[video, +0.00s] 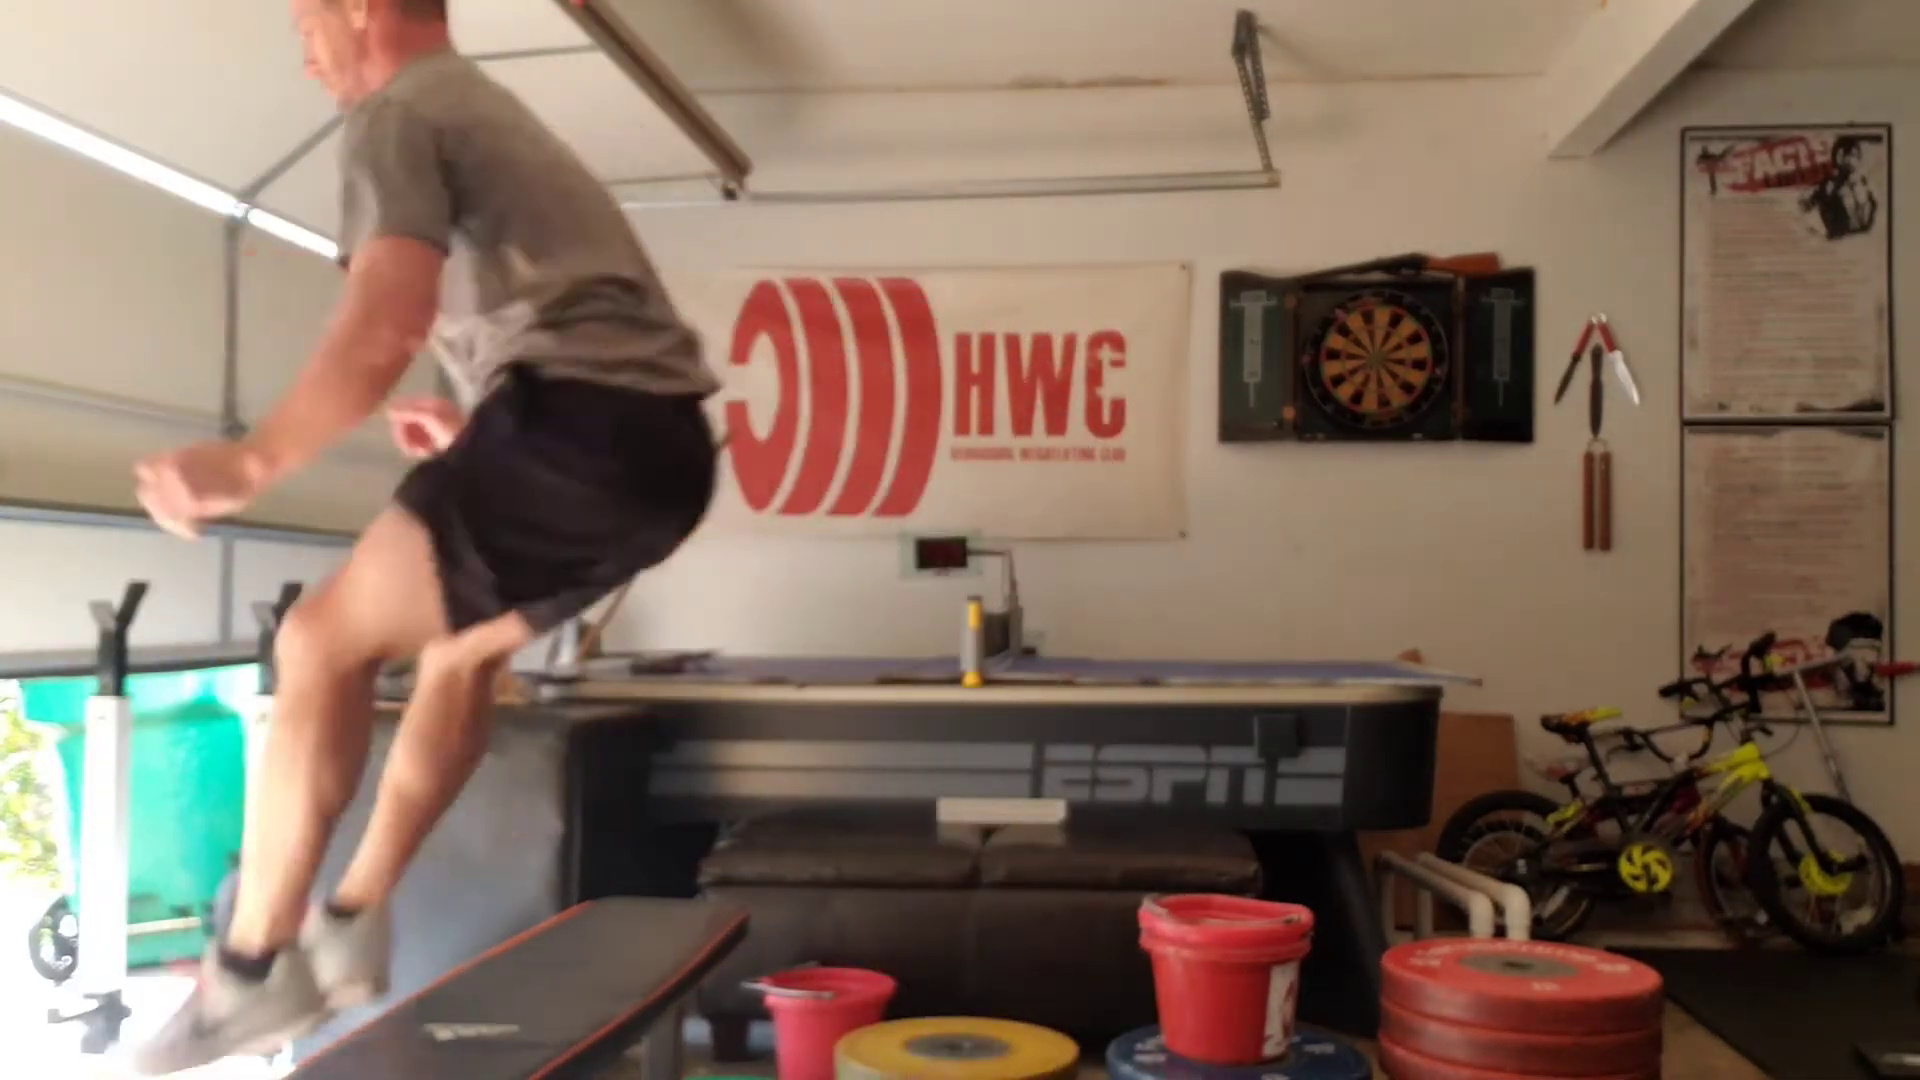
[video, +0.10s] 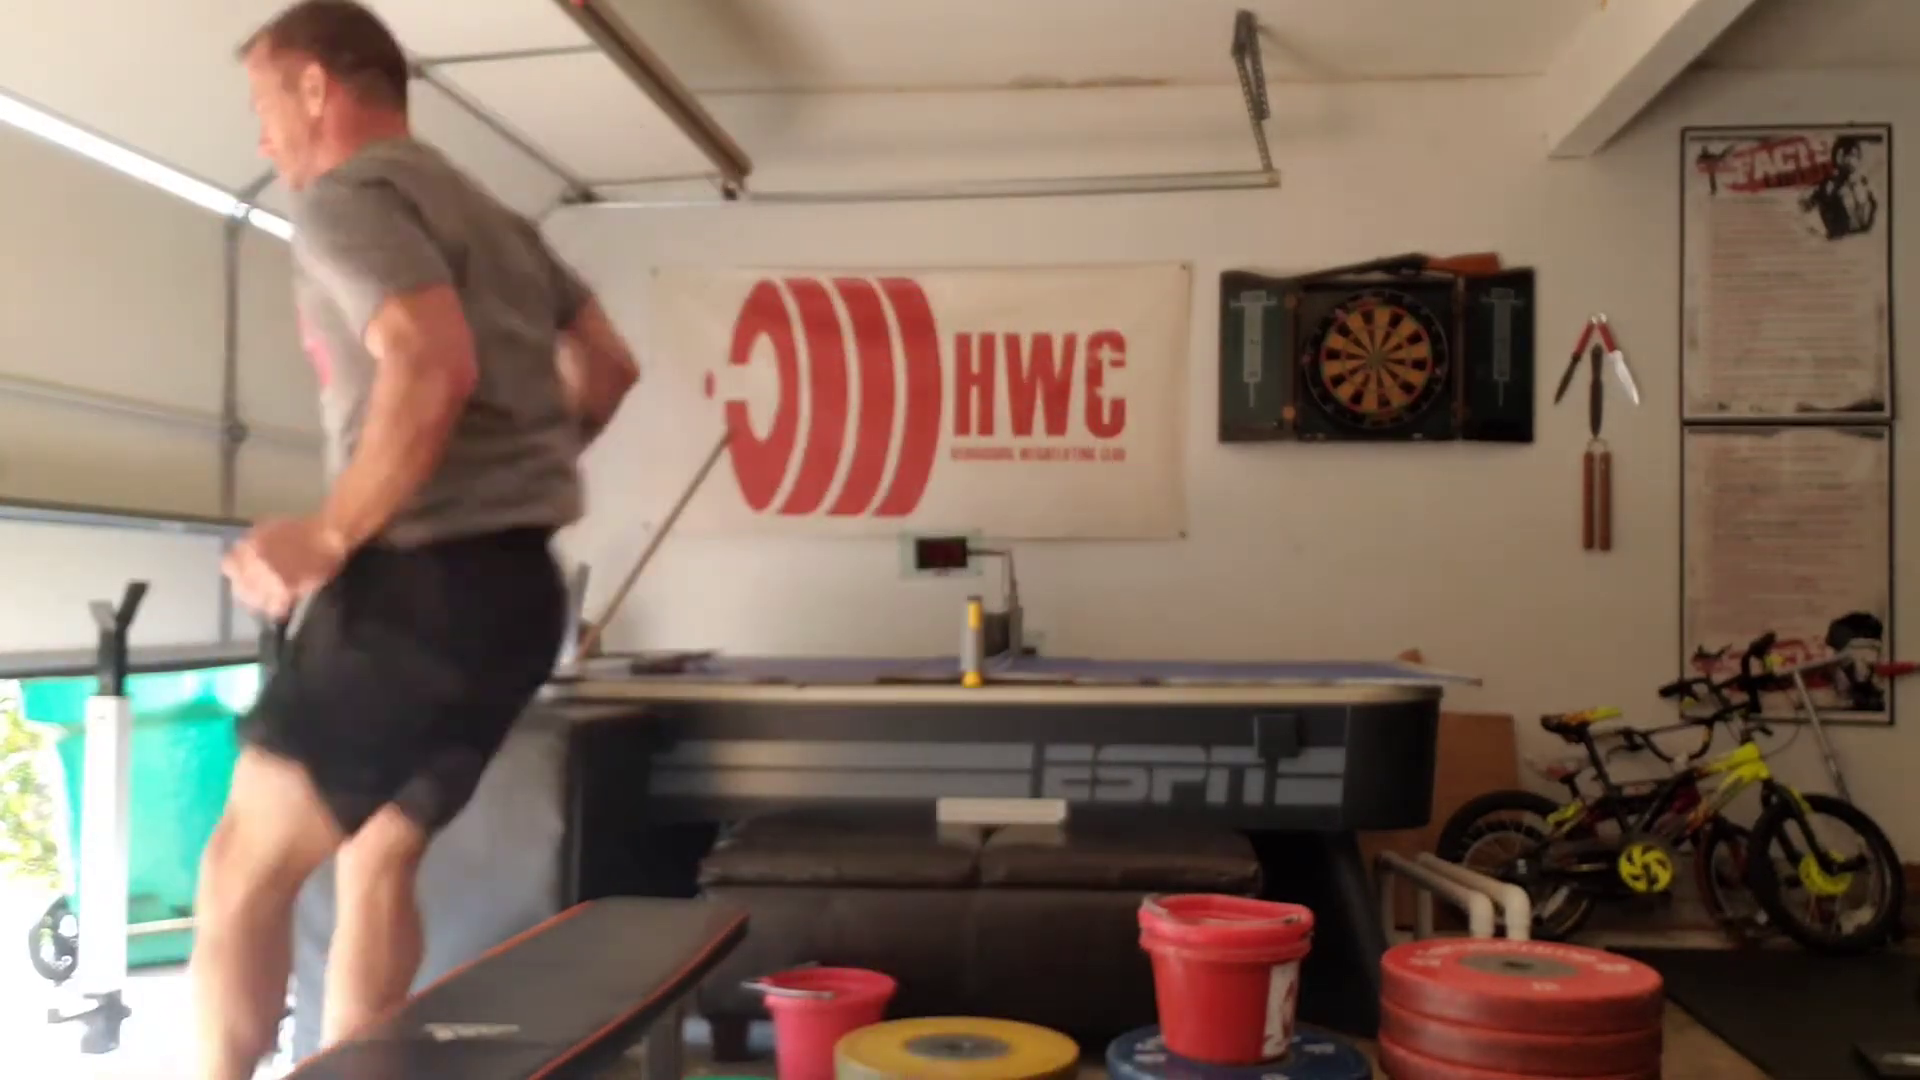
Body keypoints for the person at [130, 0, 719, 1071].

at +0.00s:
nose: (306, 57)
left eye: (311, 31)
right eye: (302, 34)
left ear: (366, 18)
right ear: (403, 20)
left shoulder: (404, 112)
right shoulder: (488, 108)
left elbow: (384, 325)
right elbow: (593, 315)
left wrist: (253, 461)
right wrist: (475, 425)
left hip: (581, 423)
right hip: (666, 440)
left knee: (321, 637)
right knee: (458, 657)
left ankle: (251, 967)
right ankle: (354, 926)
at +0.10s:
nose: (265, 146)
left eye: (264, 112)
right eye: (257, 118)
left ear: (321, 90)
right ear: (374, 92)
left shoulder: (346, 198)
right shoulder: (486, 207)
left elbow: (434, 363)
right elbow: (607, 368)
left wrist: (325, 536)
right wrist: (504, 460)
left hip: (414, 584)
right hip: (517, 587)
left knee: (245, 872)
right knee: (378, 860)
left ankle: (233, 1076)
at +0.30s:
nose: (194, 296)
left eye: (205, 267)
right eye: (197, 269)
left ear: (255, 268)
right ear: (331, 282)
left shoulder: (230, 428)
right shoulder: (400, 436)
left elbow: (171, 653)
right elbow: (425, 617)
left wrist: (55, 734)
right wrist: (230, 689)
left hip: (275, 795)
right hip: (399, 781)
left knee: (101, 1044)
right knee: (271, 1045)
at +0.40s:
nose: (181, 241)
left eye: (193, 215)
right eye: (185, 216)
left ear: (241, 223)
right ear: (313, 235)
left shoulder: (207, 374)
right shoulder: (376, 388)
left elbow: (123, 583)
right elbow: (345, 578)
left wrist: (18, 601)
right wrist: (151, 603)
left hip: (238, 744)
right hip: (369, 731)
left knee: (103, 1026)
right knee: (282, 1025)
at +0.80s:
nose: (105, 169)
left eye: (114, 142)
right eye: (106, 144)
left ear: (172, 144)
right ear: (237, 156)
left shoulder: (141, 297)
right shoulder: (325, 327)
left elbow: (59, 516)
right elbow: (309, 522)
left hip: (164, 695)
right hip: (295, 672)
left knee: (185, 998)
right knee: (274, 973)